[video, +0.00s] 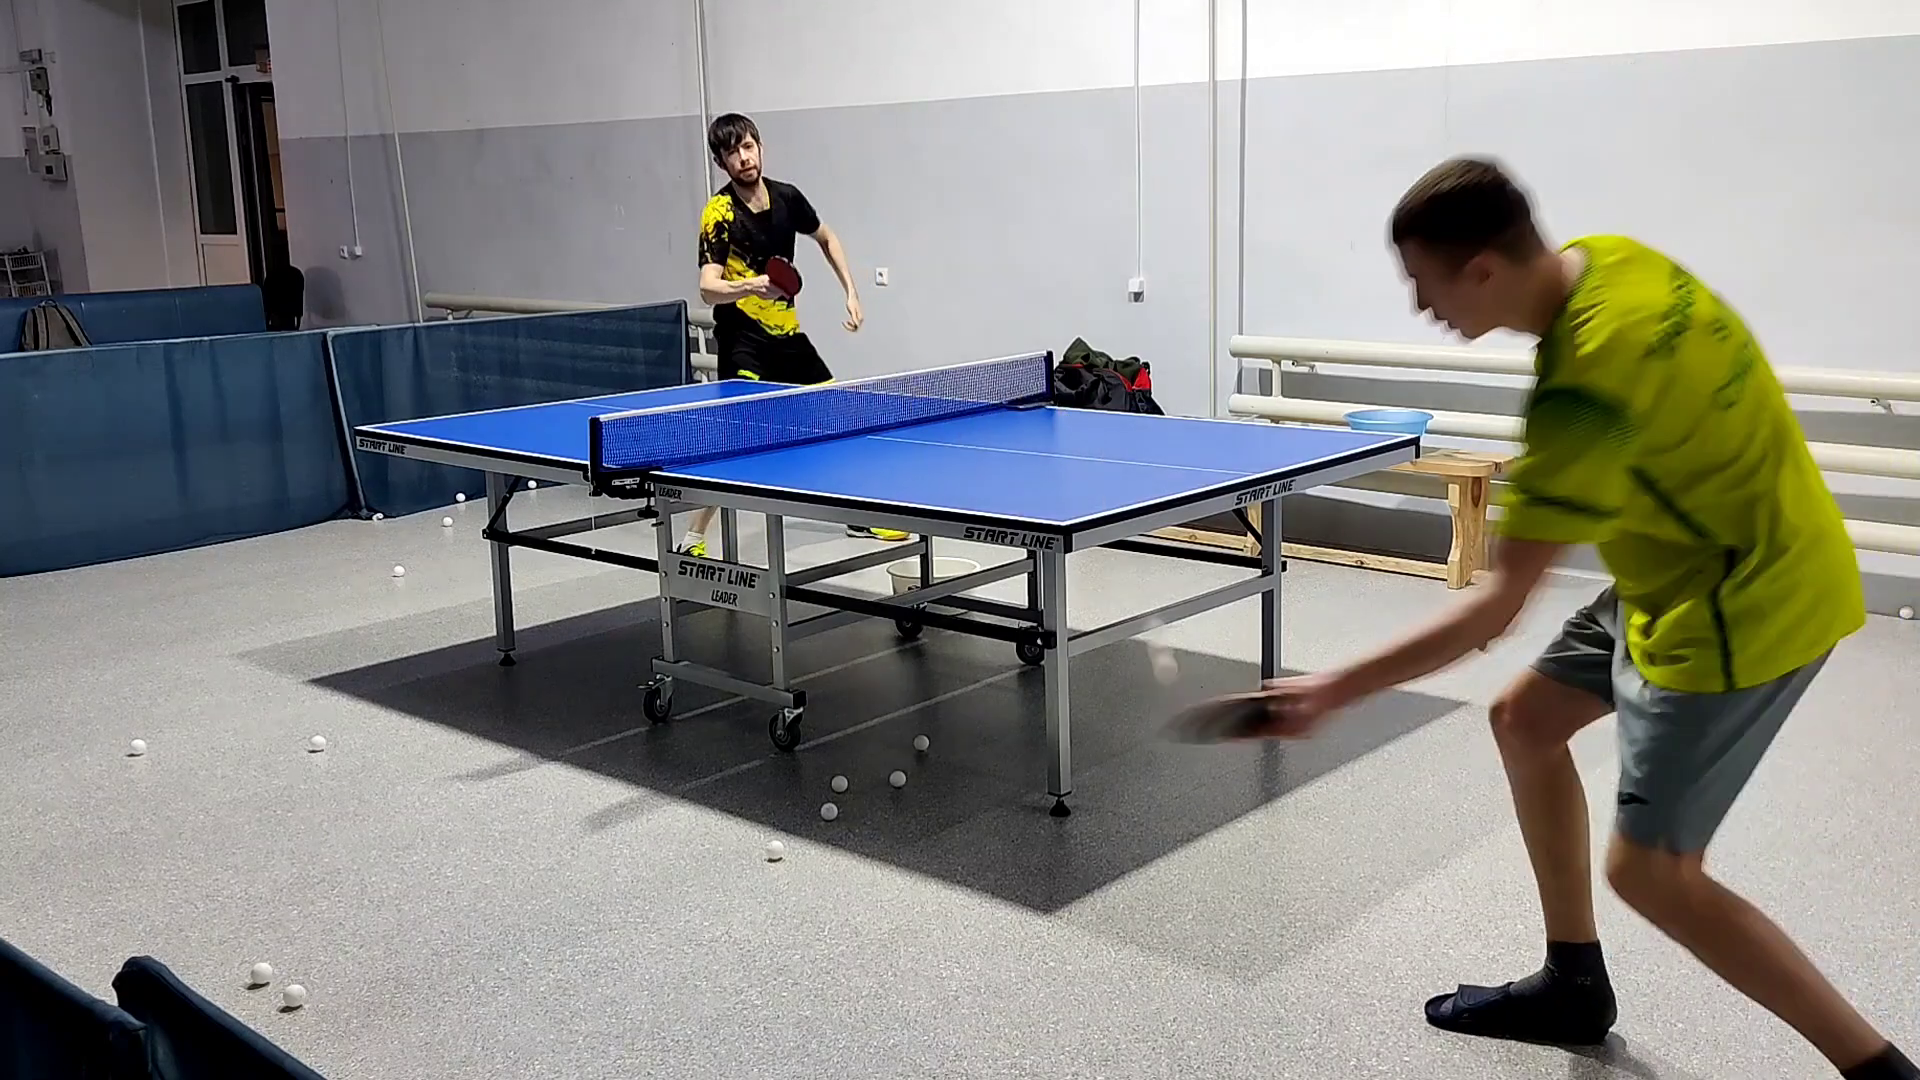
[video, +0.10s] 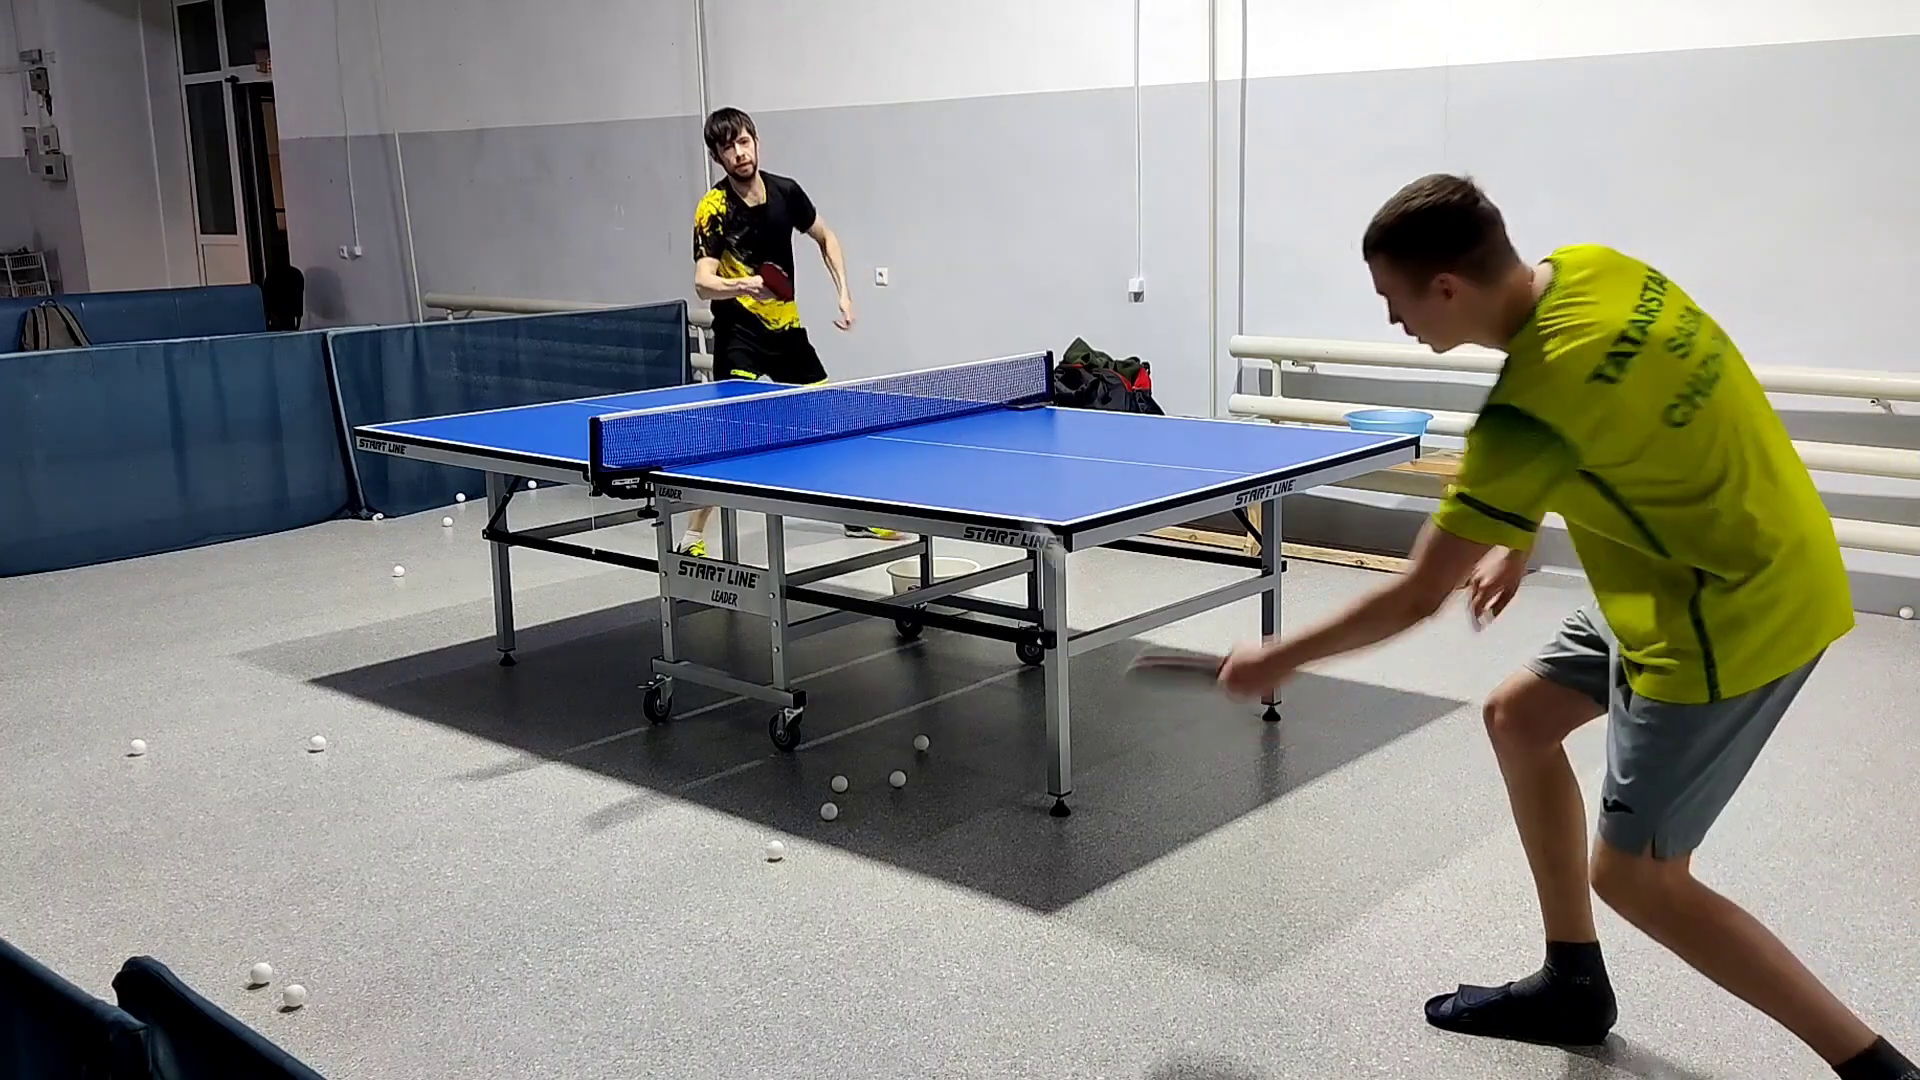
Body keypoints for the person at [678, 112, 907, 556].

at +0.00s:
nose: (744, 157)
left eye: (749, 146)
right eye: (733, 152)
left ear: (761, 147)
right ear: (721, 161)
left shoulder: (787, 197)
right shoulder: (718, 212)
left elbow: (825, 238)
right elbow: (707, 289)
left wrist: (851, 293)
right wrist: (746, 287)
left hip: (788, 333)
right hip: (742, 335)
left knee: (841, 411)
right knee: (740, 433)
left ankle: (860, 511)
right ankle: (695, 538)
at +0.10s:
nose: (739, 153)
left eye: (744, 141)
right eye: (728, 147)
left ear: (757, 142)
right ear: (717, 155)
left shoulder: (786, 192)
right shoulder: (713, 207)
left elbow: (824, 237)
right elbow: (702, 283)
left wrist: (843, 294)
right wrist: (741, 286)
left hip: (787, 329)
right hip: (739, 331)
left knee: (833, 414)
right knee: (731, 427)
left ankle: (864, 509)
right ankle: (695, 535)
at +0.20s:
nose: (737, 158)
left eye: (742, 146)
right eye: (726, 152)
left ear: (754, 146)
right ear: (715, 159)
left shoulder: (786, 194)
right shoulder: (709, 211)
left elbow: (843, 238)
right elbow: (697, 285)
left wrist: (839, 289)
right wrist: (729, 288)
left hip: (789, 330)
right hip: (738, 333)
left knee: (836, 412)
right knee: (727, 424)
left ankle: (862, 506)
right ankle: (697, 535)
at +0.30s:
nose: (737, 175)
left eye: (742, 163)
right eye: (727, 169)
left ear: (754, 162)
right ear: (715, 176)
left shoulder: (789, 208)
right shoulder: (710, 227)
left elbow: (852, 252)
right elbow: (696, 300)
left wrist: (828, 291)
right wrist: (721, 299)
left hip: (795, 344)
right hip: (744, 347)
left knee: (853, 419)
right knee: (735, 438)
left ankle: (864, 509)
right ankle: (696, 538)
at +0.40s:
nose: (730, 185)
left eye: (735, 173)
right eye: (720, 179)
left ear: (749, 170)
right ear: (711, 186)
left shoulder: (790, 210)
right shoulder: (714, 236)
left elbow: (829, 267)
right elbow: (703, 304)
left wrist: (773, 283)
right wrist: (708, 319)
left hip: (813, 343)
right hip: (759, 349)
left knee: (865, 417)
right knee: (729, 434)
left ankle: (886, 506)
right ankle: (705, 537)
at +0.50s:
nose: (723, 206)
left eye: (728, 194)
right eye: (713, 199)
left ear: (743, 189)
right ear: (706, 204)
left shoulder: (780, 223)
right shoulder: (719, 256)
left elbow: (788, 281)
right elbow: (714, 322)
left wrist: (717, 284)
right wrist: (712, 360)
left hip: (832, 338)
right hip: (784, 344)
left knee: (877, 410)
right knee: (754, 410)